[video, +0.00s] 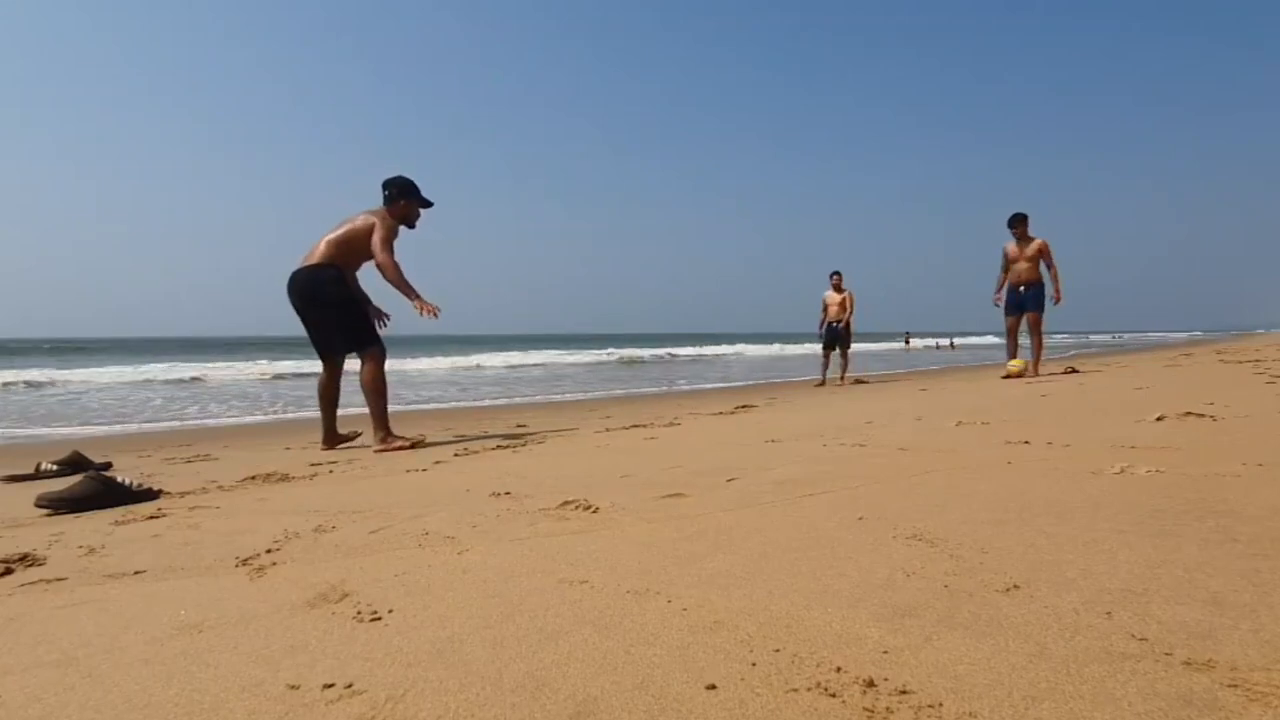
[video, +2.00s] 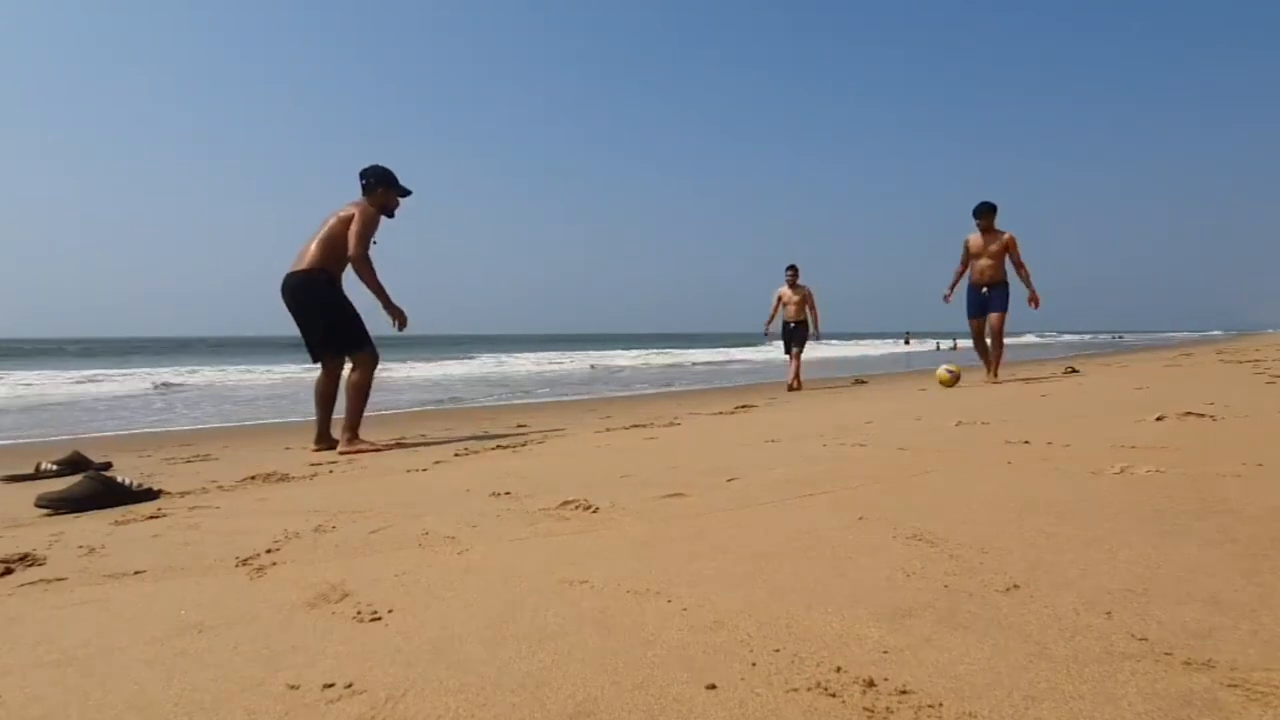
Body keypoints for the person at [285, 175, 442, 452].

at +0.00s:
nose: (419, 213)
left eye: (420, 207)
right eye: (416, 206)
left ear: (393, 203)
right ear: (399, 203)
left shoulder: (366, 220)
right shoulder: (384, 222)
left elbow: (346, 270)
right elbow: (384, 261)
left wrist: (367, 305)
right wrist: (416, 298)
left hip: (302, 282)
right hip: (328, 281)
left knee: (332, 361)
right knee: (373, 354)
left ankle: (329, 435)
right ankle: (382, 435)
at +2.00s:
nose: (397, 203)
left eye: (398, 197)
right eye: (394, 195)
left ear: (372, 192)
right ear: (378, 191)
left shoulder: (348, 212)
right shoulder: (366, 211)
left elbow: (328, 264)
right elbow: (357, 256)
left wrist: (336, 303)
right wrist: (389, 305)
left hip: (294, 283)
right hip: (317, 283)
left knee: (332, 361)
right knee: (365, 358)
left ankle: (323, 436)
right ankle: (350, 437)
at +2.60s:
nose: (407, 183)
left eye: (407, 177)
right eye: (404, 176)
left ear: (382, 174)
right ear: (386, 174)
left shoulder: (358, 198)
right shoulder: (369, 196)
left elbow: (357, 257)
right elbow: (356, 243)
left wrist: (388, 298)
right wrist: (381, 291)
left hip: (316, 278)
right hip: (331, 277)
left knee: (347, 360)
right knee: (368, 356)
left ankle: (326, 437)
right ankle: (350, 438)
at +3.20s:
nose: (412, 175)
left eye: (412, 169)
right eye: (408, 168)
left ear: (387, 167)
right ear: (392, 165)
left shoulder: (367, 193)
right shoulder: (380, 192)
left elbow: (368, 256)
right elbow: (375, 242)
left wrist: (393, 295)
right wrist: (405, 290)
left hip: (344, 276)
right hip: (350, 275)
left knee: (375, 357)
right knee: (378, 357)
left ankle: (358, 431)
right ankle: (351, 435)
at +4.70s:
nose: (437, 193)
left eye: (437, 188)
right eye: (433, 188)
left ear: (415, 189)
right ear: (417, 188)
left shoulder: (402, 214)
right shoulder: (409, 215)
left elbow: (399, 263)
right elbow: (405, 262)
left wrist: (421, 300)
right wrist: (426, 300)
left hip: (389, 287)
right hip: (393, 289)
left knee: (405, 358)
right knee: (403, 359)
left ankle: (382, 422)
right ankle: (365, 421)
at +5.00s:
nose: (455, 225)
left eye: (455, 220)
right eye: (451, 220)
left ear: (432, 221)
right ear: (436, 220)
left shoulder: (418, 243)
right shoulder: (433, 242)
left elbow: (422, 298)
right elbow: (429, 285)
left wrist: (449, 326)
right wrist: (448, 325)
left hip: (390, 311)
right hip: (403, 313)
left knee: (426, 372)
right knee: (439, 375)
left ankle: (397, 425)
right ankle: (384, 414)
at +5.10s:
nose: (465, 228)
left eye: (465, 223)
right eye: (461, 222)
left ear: (441, 222)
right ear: (445, 221)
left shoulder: (424, 244)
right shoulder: (439, 245)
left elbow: (427, 297)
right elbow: (432, 286)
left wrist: (451, 330)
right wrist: (448, 329)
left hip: (392, 311)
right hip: (407, 312)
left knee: (427, 368)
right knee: (457, 367)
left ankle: (398, 424)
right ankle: (413, 415)